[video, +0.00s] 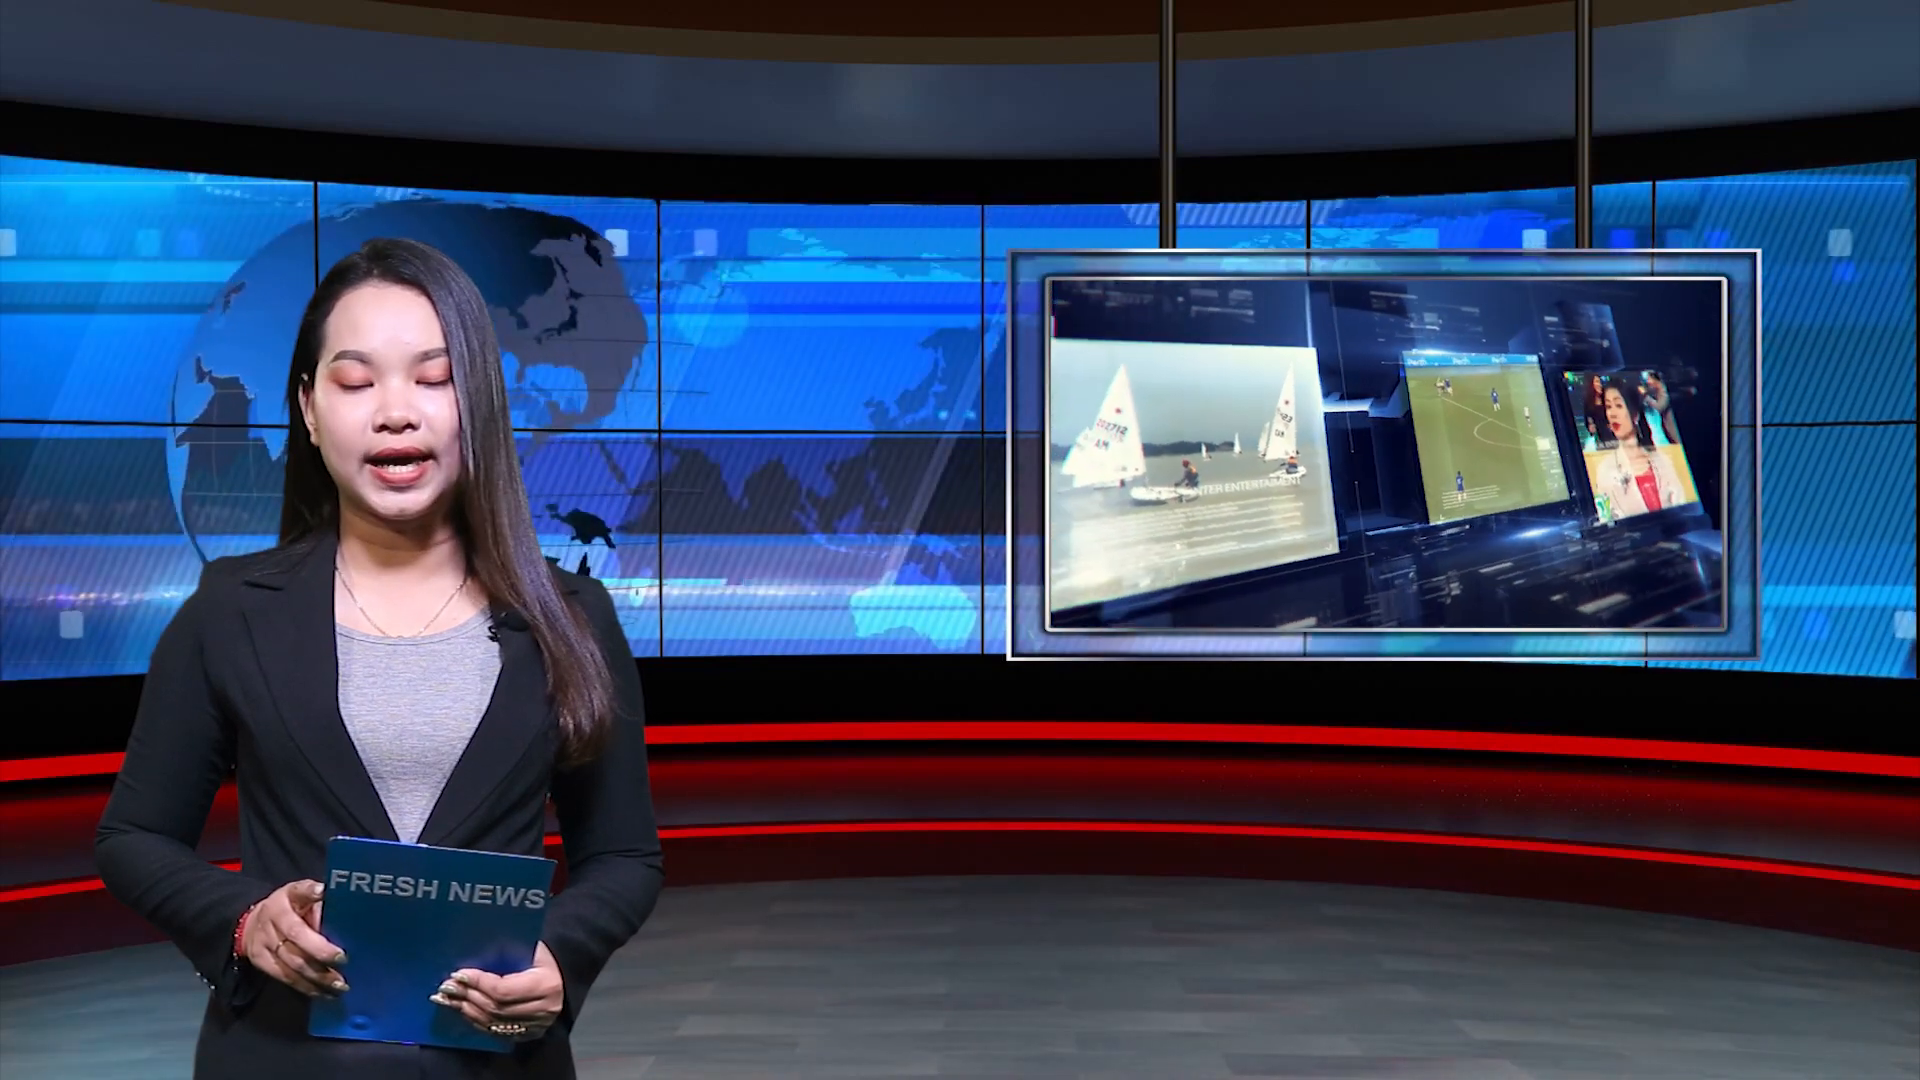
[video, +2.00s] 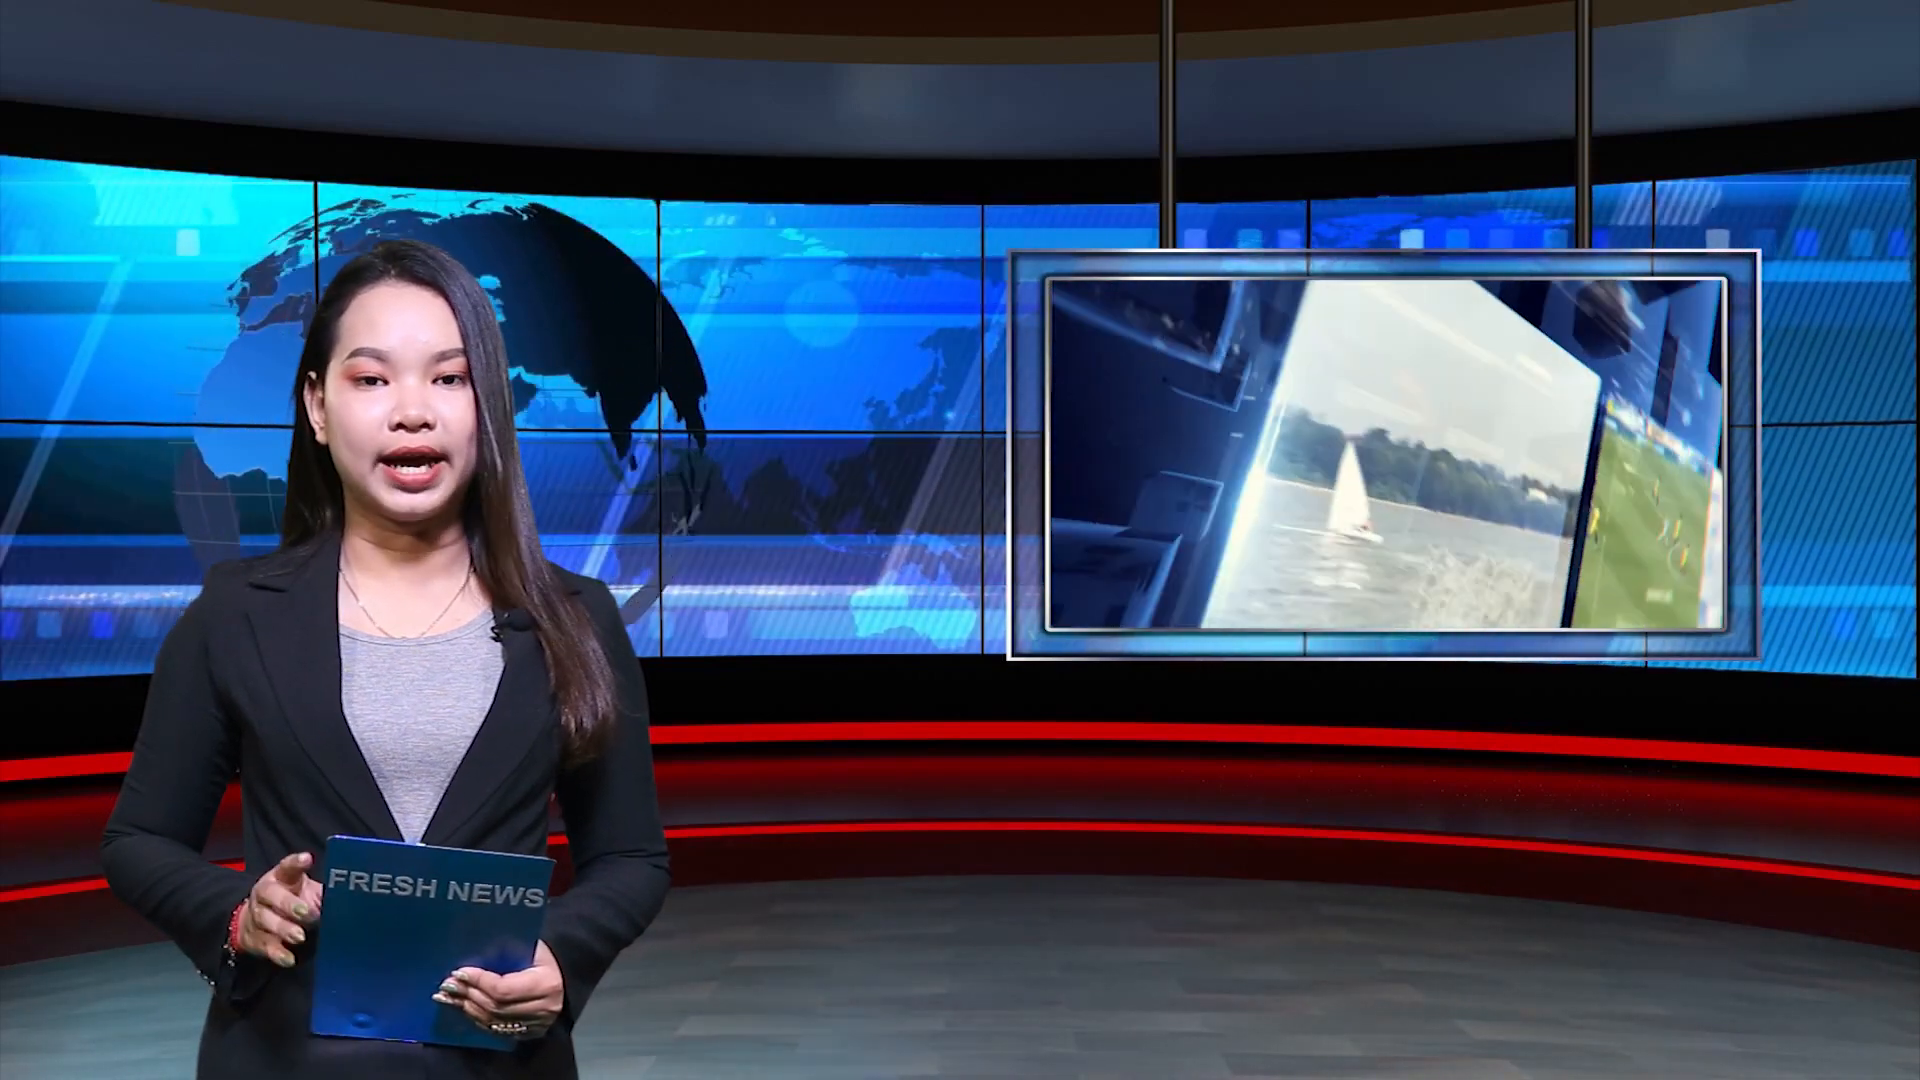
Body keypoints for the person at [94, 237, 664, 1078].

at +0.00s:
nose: (396, 413)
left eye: (432, 375)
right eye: (355, 379)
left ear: (476, 400)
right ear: (310, 411)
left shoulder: (566, 618)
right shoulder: (234, 612)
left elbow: (622, 856)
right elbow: (133, 838)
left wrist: (556, 960)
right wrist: (240, 915)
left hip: (499, 1052)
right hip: (282, 1054)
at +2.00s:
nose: (413, 413)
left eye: (447, 377)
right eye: (371, 377)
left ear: (486, 405)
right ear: (317, 407)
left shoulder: (571, 620)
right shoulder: (236, 617)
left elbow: (630, 858)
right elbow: (139, 842)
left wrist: (558, 958)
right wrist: (236, 909)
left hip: (499, 1053)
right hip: (285, 1056)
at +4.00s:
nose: (405, 407)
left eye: (440, 374)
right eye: (364, 373)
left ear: (479, 404)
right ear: (311, 406)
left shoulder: (566, 618)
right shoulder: (230, 609)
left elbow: (624, 857)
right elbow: (124, 832)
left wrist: (548, 960)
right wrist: (237, 908)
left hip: (493, 1051)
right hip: (277, 1052)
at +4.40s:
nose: (411, 410)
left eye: (445, 375)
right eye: (369, 375)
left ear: (483, 404)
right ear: (314, 407)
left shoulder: (570, 616)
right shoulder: (234, 609)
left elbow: (627, 857)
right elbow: (129, 832)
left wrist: (551, 961)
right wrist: (241, 908)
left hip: (496, 1051)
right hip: (281, 1053)